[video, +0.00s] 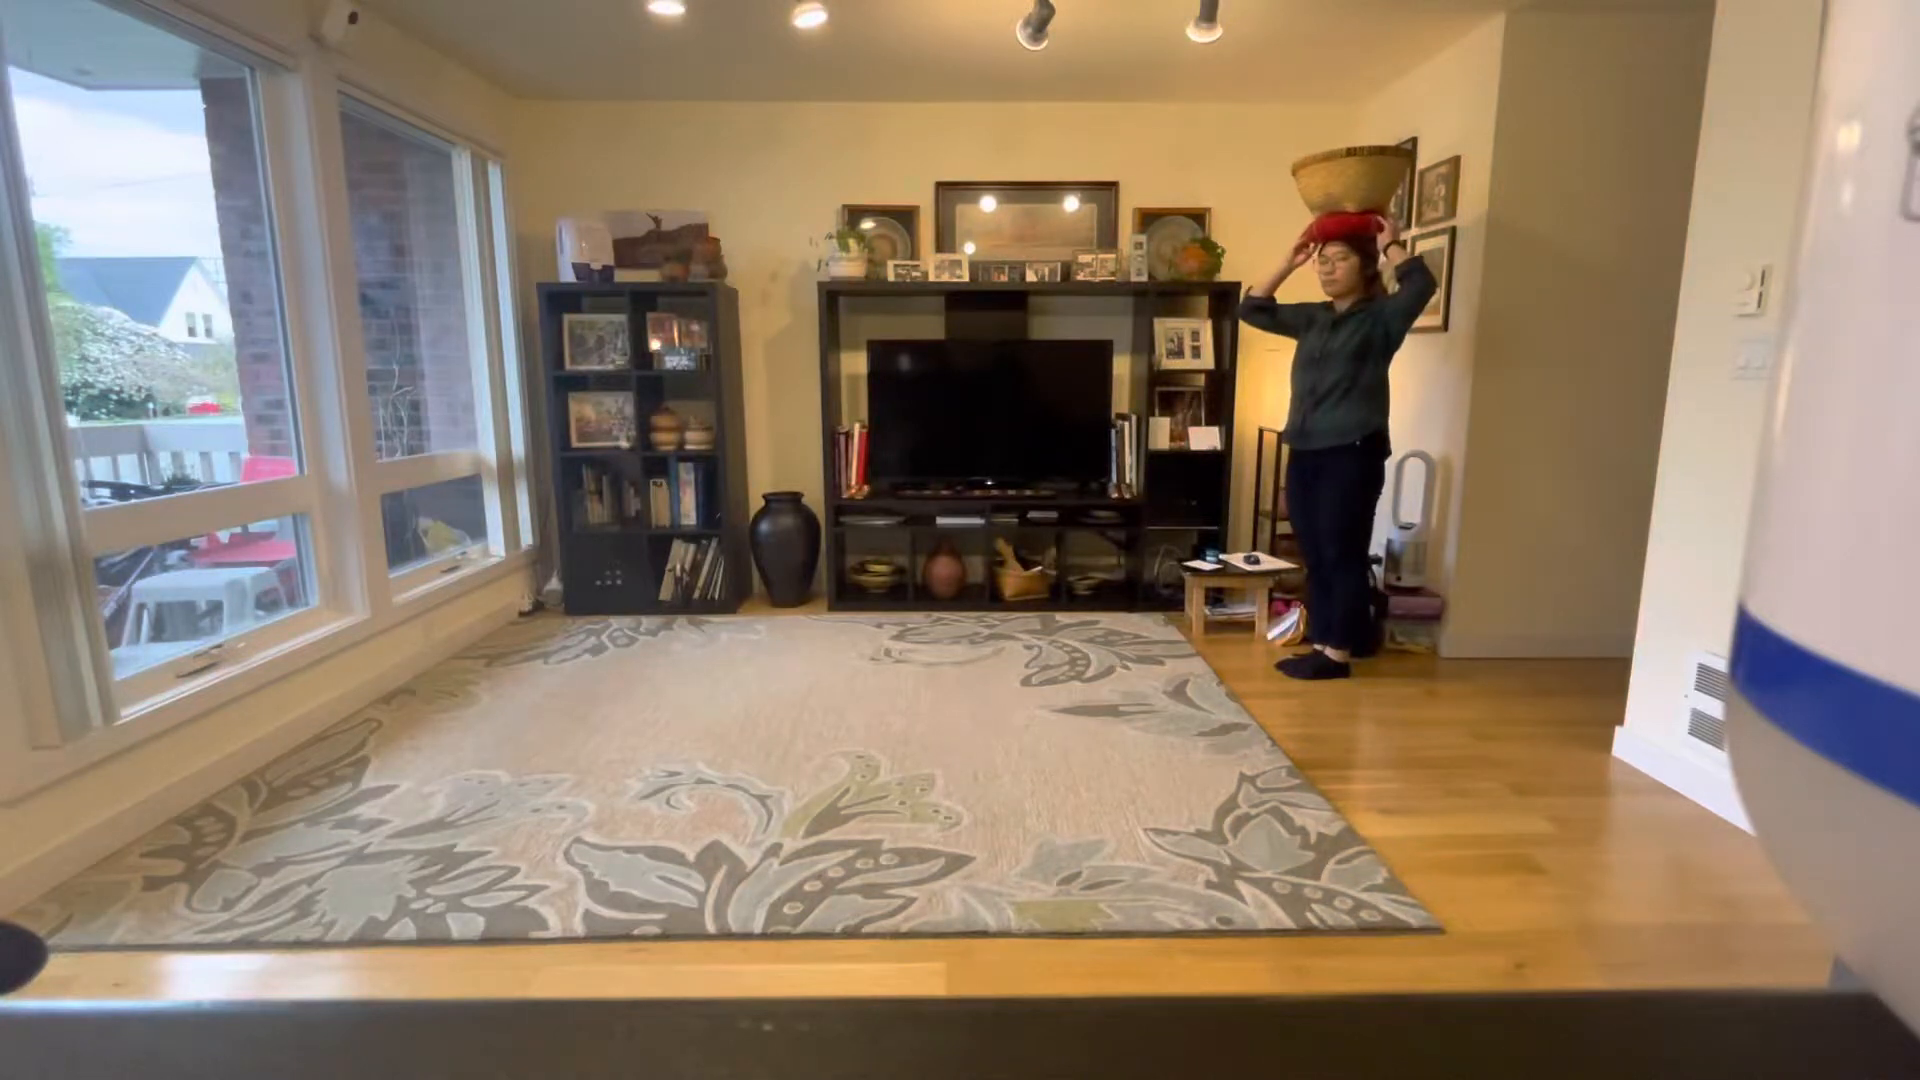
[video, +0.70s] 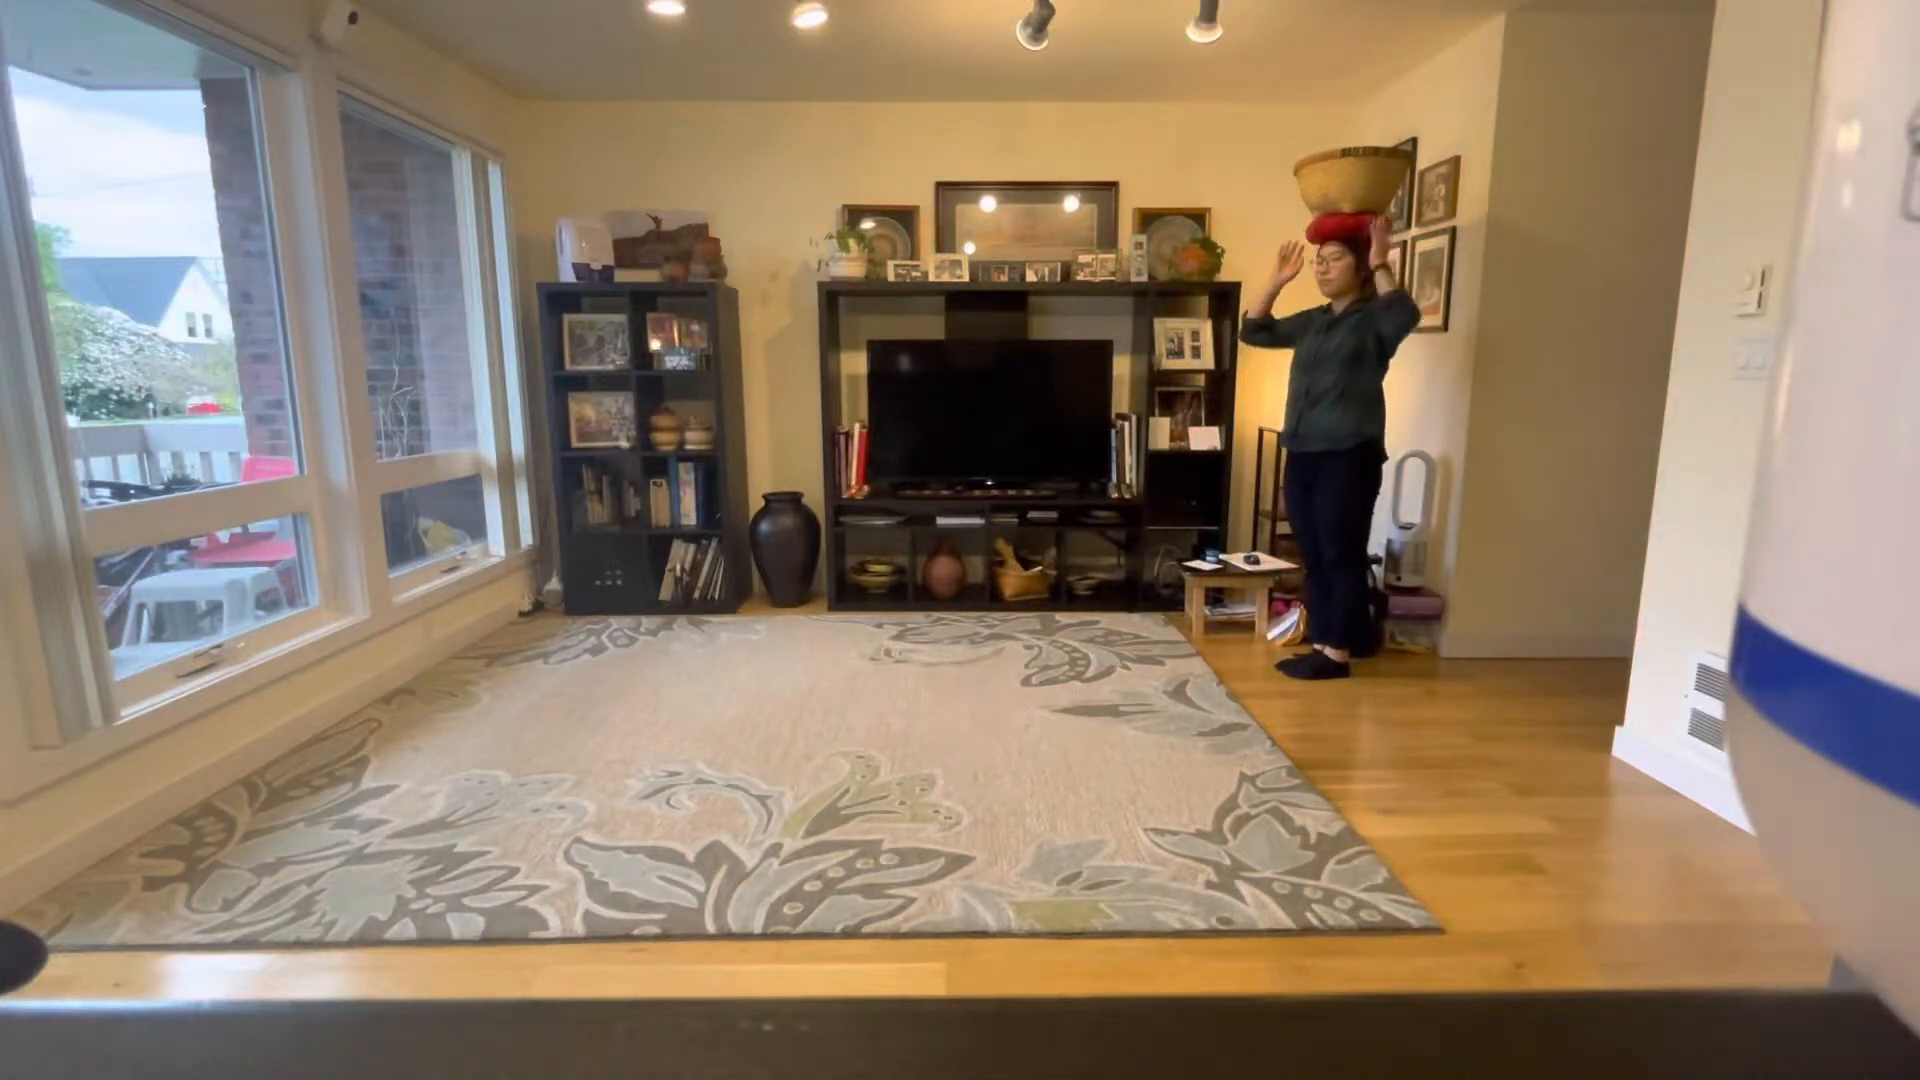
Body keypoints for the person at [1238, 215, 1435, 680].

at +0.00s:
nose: (1326, 267)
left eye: (1339, 258)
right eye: (1321, 259)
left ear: (1366, 267)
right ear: (1316, 265)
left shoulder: (1381, 317)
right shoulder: (1312, 317)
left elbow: (1422, 284)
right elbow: (1250, 310)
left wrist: (1391, 245)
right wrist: (1289, 264)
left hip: (1355, 448)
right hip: (1306, 448)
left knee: (1341, 547)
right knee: (1315, 547)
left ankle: (1338, 650)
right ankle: (1321, 641)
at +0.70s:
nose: (1322, 267)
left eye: (1334, 258)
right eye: (1318, 259)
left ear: (1360, 267)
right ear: (1314, 266)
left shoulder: (1375, 315)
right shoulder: (1312, 320)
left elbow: (1403, 319)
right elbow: (1253, 332)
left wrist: (1380, 264)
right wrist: (1276, 282)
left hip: (1351, 452)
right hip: (1304, 452)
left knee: (1341, 550)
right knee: (1314, 551)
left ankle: (1337, 652)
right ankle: (1323, 643)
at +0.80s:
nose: (1321, 268)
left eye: (1332, 259)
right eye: (1318, 260)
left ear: (1361, 264)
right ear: (1315, 267)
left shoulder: (1378, 317)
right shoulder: (1313, 323)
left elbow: (1398, 353)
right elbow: (1258, 352)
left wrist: (1370, 293)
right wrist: (1262, 300)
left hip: (1350, 457)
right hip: (1305, 456)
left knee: (1341, 553)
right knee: (1315, 553)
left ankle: (1338, 653)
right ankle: (1323, 644)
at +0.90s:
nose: (1321, 268)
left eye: (1332, 259)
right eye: (1318, 261)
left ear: (1362, 266)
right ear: (1314, 268)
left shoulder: (1382, 322)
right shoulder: (1316, 325)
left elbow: (1391, 382)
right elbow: (1269, 370)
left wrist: (1347, 345)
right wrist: (1254, 325)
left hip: (1350, 459)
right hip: (1305, 458)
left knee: (1340, 553)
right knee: (1314, 553)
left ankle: (1337, 652)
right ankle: (1324, 643)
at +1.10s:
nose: (1319, 268)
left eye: (1330, 259)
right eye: (1317, 261)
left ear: (1361, 266)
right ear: (1316, 268)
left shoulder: (1378, 324)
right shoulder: (1318, 328)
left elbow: (1392, 399)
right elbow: (1296, 395)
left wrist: (1334, 410)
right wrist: (1257, 370)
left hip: (1350, 462)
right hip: (1308, 460)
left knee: (1339, 554)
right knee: (1315, 555)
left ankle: (1337, 652)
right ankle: (1323, 643)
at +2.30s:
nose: (1288, 274)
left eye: (1298, 266)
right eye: (1287, 267)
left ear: (1327, 272)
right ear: (1294, 273)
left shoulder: (1342, 326)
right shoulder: (1294, 329)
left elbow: (1356, 402)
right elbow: (1284, 390)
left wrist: (1310, 442)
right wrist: (1266, 434)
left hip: (1327, 454)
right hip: (1290, 452)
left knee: (1300, 547)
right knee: (1288, 547)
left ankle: (1319, 643)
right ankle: (1301, 634)